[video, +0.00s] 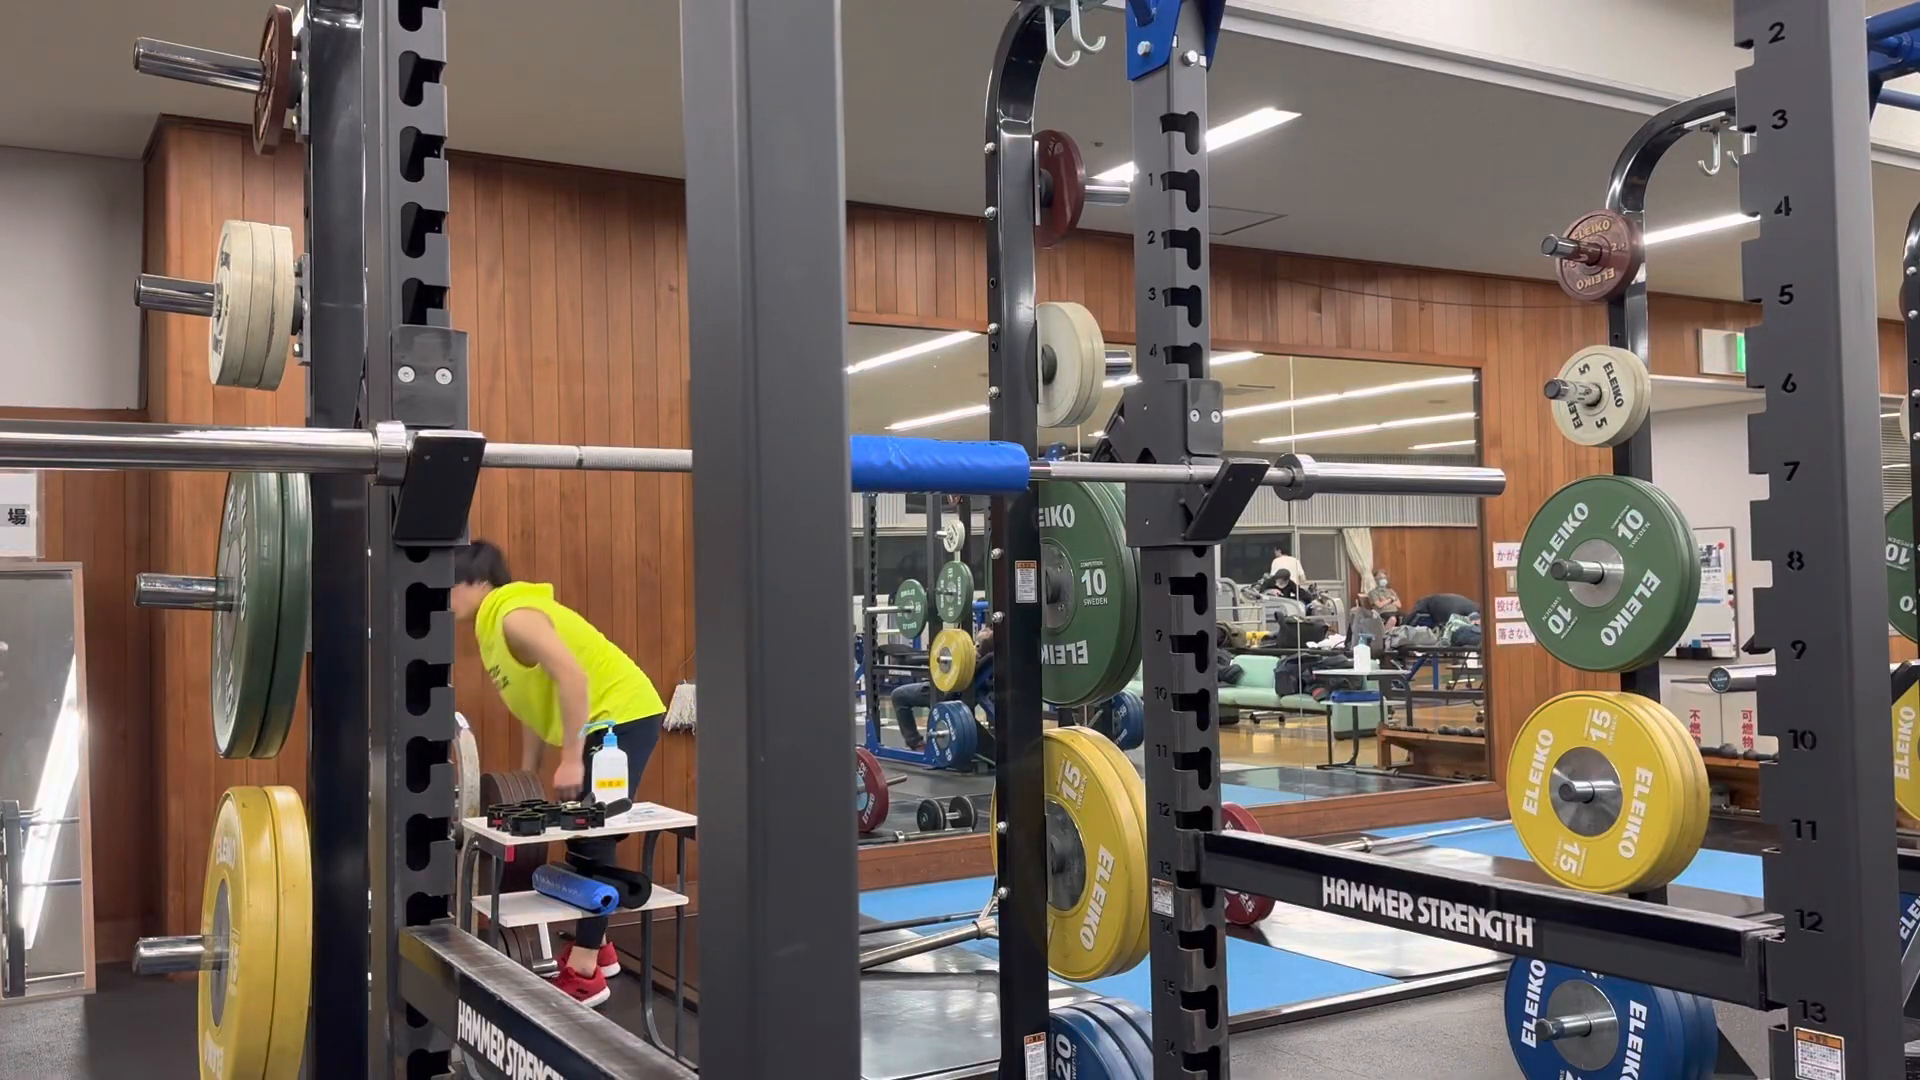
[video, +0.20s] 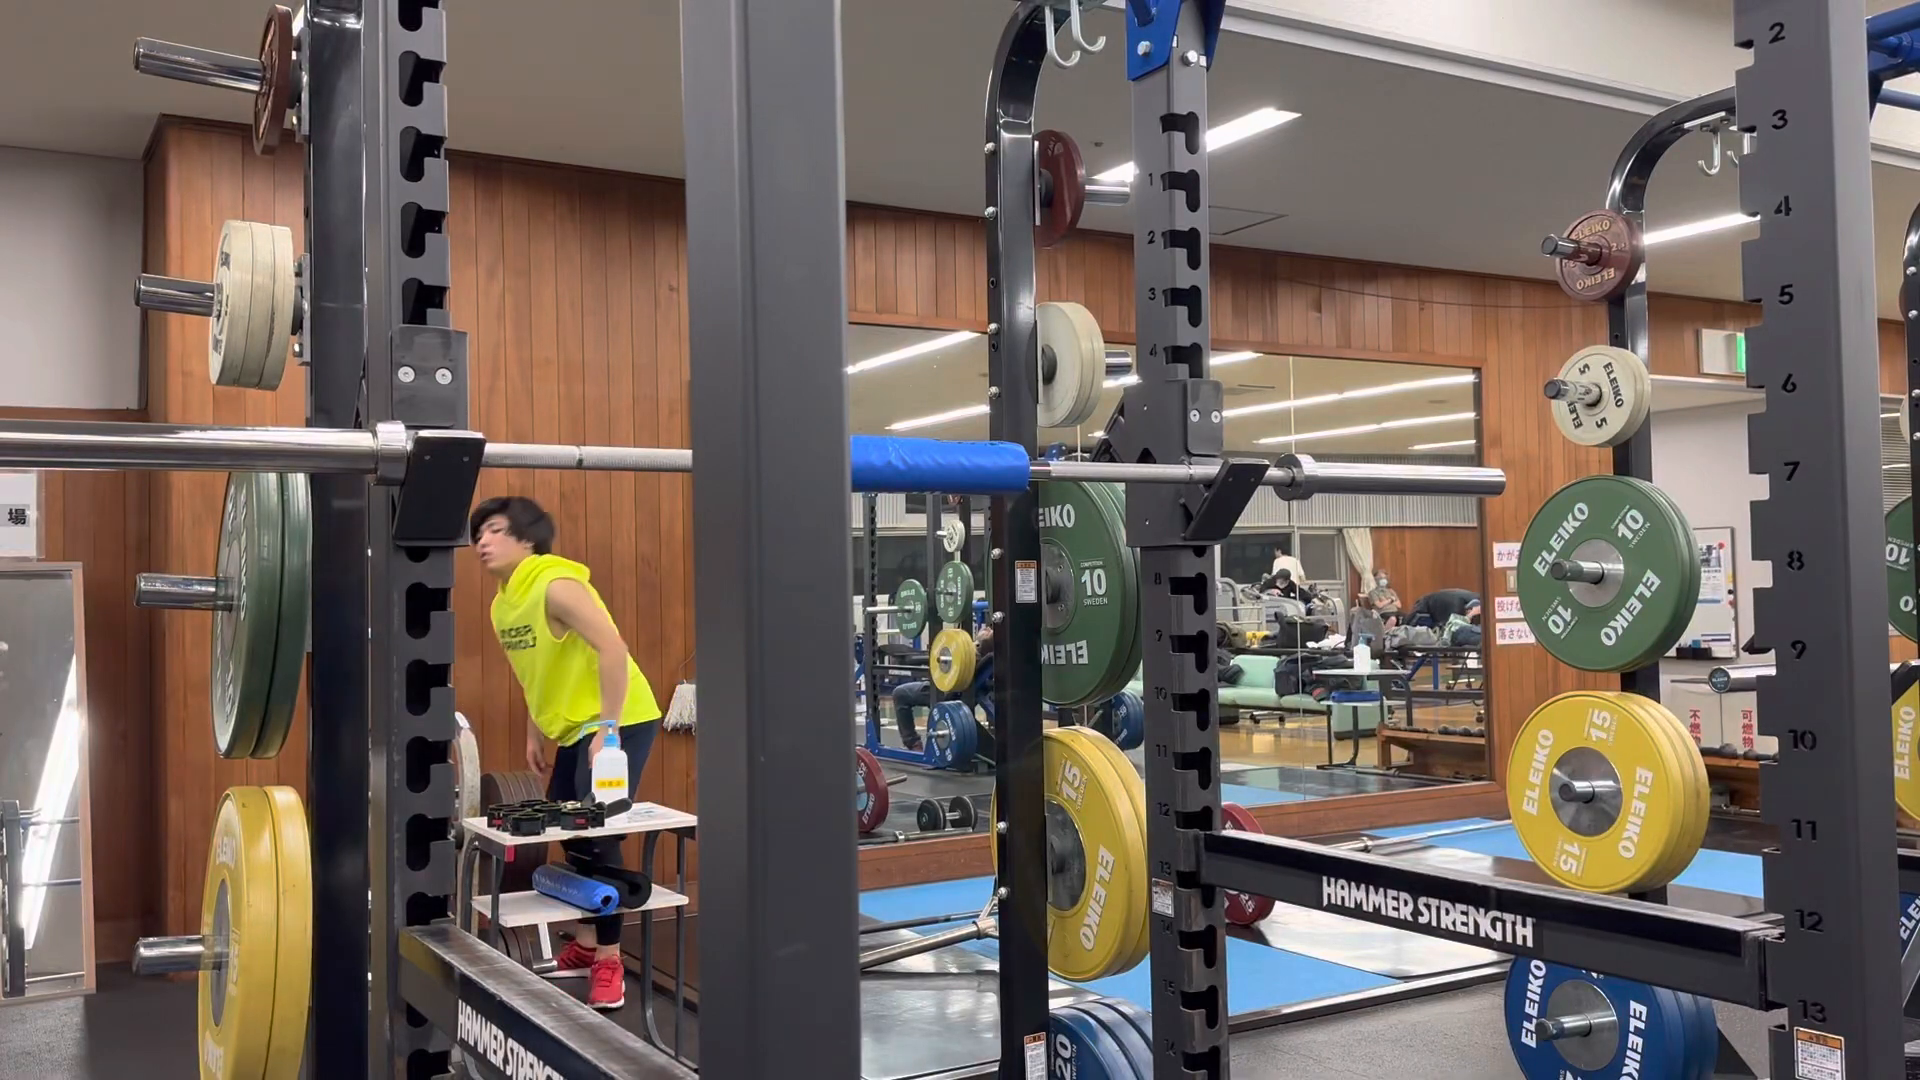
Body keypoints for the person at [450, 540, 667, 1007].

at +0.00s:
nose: (447, 597)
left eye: (452, 586)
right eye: (446, 587)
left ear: (478, 582)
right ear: (477, 584)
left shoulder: (514, 617)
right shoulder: (493, 625)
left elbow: (574, 677)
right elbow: (534, 697)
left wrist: (571, 758)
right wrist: (527, 769)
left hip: (621, 718)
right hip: (595, 721)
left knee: (592, 840)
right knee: (584, 837)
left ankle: (583, 967)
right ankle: (596, 946)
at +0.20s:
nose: (483, 542)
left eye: (496, 531)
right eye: (479, 535)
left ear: (529, 539)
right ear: (480, 547)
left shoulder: (556, 586)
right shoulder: (504, 602)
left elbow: (613, 649)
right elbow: (538, 670)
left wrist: (608, 726)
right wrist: (538, 731)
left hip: (615, 725)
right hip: (571, 733)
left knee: (598, 840)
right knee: (568, 840)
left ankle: (610, 958)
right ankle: (586, 943)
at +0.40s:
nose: (535, 515)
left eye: (549, 507)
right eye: (528, 510)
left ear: (576, 520)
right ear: (522, 527)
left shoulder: (603, 570)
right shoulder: (529, 582)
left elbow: (660, 638)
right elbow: (544, 645)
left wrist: (641, 717)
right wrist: (529, 696)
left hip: (617, 737)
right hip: (565, 738)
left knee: (615, 850)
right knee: (557, 843)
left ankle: (613, 957)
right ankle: (582, 930)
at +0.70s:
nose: (615, 509)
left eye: (622, 500)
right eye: (602, 501)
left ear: (633, 508)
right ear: (575, 512)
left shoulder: (661, 562)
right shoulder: (551, 570)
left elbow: (702, 618)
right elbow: (521, 643)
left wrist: (701, 652)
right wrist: (557, 646)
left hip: (657, 725)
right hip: (592, 730)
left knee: (639, 848)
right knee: (596, 843)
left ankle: (617, 953)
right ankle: (577, 927)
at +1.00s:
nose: (667, 505)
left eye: (667, 495)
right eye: (657, 496)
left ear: (653, 502)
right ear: (622, 502)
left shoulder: (665, 547)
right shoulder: (586, 559)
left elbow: (699, 594)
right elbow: (566, 639)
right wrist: (638, 618)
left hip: (672, 720)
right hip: (623, 726)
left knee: (647, 848)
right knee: (679, 829)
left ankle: (607, 953)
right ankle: (634, 952)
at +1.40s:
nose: (727, 497)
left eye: (725, 487)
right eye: (720, 488)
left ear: (680, 495)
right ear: (700, 495)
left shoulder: (723, 546)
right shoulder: (664, 551)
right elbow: (654, 632)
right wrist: (722, 611)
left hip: (723, 730)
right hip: (683, 733)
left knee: (709, 852)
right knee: (690, 857)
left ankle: (648, 926)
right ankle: (680, 979)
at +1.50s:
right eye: (749, 497)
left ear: (715, 495)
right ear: (727, 495)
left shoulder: (723, 547)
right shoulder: (690, 544)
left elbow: (684, 628)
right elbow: (683, 629)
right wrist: (748, 608)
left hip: (719, 736)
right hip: (699, 737)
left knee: (703, 865)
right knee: (703, 865)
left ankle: (691, 982)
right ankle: (692, 984)